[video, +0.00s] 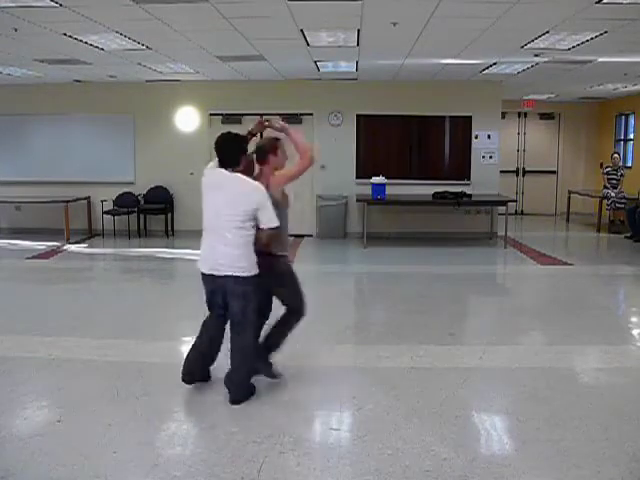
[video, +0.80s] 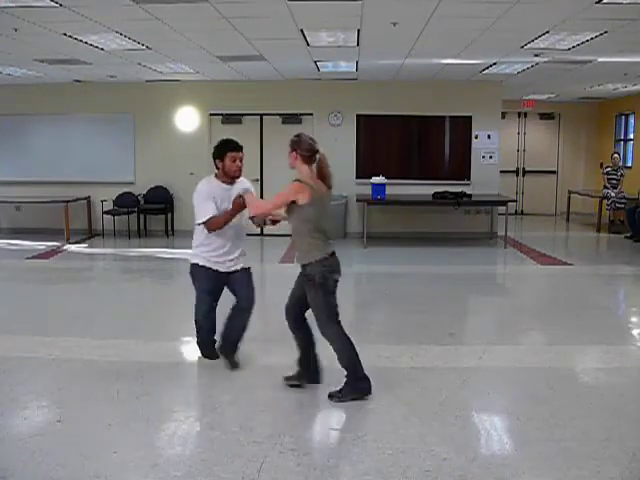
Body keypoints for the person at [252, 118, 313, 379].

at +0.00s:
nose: (283, 158)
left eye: (281, 153)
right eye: (279, 153)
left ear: (262, 157)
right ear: (271, 156)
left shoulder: (252, 180)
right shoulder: (275, 180)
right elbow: (306, 159)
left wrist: (256, 132)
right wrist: (288, 131)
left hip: (256, 256)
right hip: (274, 258)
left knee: (259, 312)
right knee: (296, 308)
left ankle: (248, 358)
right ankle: (263, 354)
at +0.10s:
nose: (292, 162)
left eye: (291, 158)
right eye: (290, 157)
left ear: (267, 160)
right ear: (286, 159)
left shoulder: (257, 188)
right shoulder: (292, 182)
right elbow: (311, 155)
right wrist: (287, 135)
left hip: (265, 259)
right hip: (292, 260)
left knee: (263, 312)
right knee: (308, 311)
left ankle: (248, 359)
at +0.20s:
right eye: (303, 154)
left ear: (279, 158)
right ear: (301, 157)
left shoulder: (275, 185)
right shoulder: (312, 176)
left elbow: (257, 224)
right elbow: (304, 159)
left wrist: (248, 253)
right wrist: (273, 148)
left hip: (282, 259)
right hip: (311, 259)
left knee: (269, 312)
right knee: (315, 313)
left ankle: (252, 363)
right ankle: (333, 369)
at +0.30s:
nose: (292, 159)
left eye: (291, 156)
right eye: (300, 152)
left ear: (290, 157)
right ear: (312, 152)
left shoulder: (297, 187)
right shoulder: (325, 179)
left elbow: (275, 225)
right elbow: (298, 181)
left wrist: (254, 242)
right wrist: (269, 180)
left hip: (299, 263)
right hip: (326, 261)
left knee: (282, 313)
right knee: (323, 314)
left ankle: (277, 368)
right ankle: (333, 372)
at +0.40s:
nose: (294, 159)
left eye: (295, 155)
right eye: (295, 155)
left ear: (300, 156)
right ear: (316, 152)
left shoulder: (309, 186)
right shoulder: (329, 180)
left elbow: (290, 220)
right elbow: (303, 205)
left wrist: (264, 228)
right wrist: (276, 197)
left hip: (314, 262)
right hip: (334, 257)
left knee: (294, 313)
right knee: (325, 314)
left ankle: (311, 369)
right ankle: (339, 372)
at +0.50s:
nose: (297, 156)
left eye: (298, 152)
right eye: (298, 151)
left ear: (304, 153)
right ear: (318, 152)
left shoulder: (317, 184)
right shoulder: (327, 180)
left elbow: (296, 219)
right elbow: (301, 213)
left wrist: (270, 214)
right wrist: (272, 207)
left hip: (324, 263)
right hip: (332, 258)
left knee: (310, 318)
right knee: (325, 316)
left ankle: (342, 377)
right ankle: (343, 372)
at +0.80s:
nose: (289, 158)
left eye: (290, 154)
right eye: (290, 154)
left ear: (294, 156)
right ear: (313, 156)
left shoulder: (299, 188)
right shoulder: (319, 186)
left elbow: (258, 210)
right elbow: (301, 217)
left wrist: (249, 194)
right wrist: (275, 217)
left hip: (319, 268)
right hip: (315, 266)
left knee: (329, 326)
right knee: (294, 312)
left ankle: (358, 382)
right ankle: (309, 371)